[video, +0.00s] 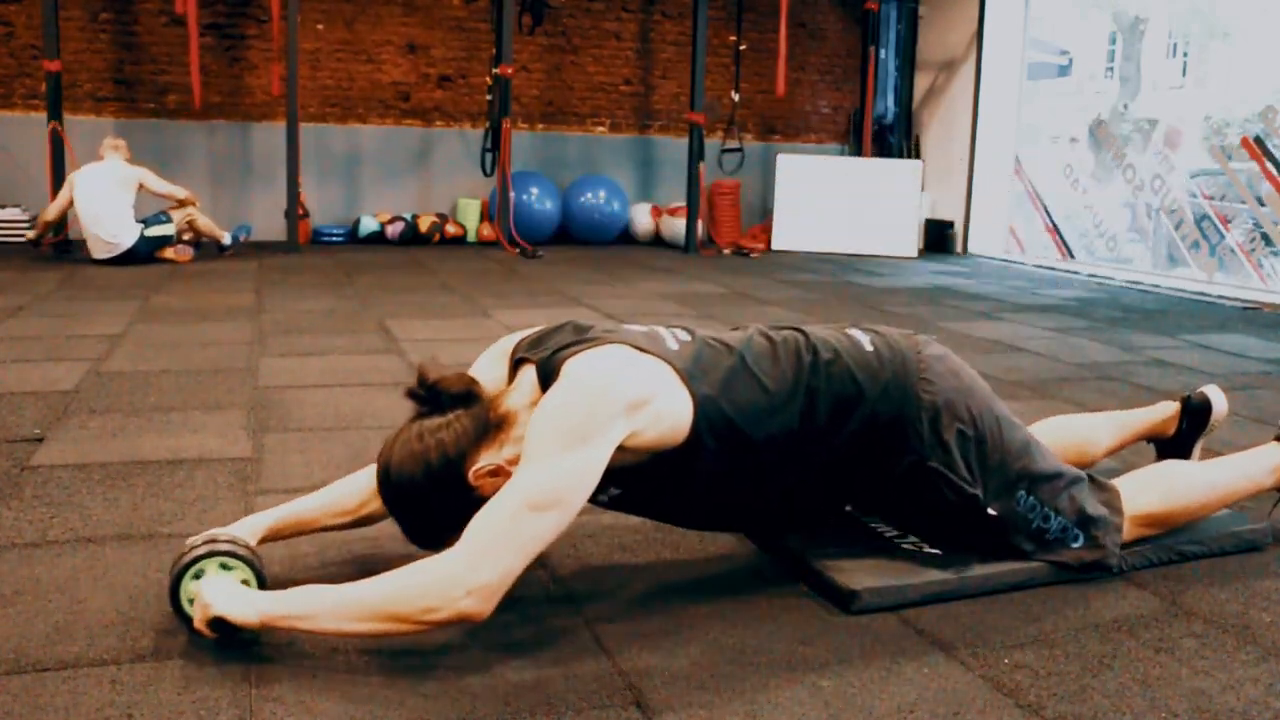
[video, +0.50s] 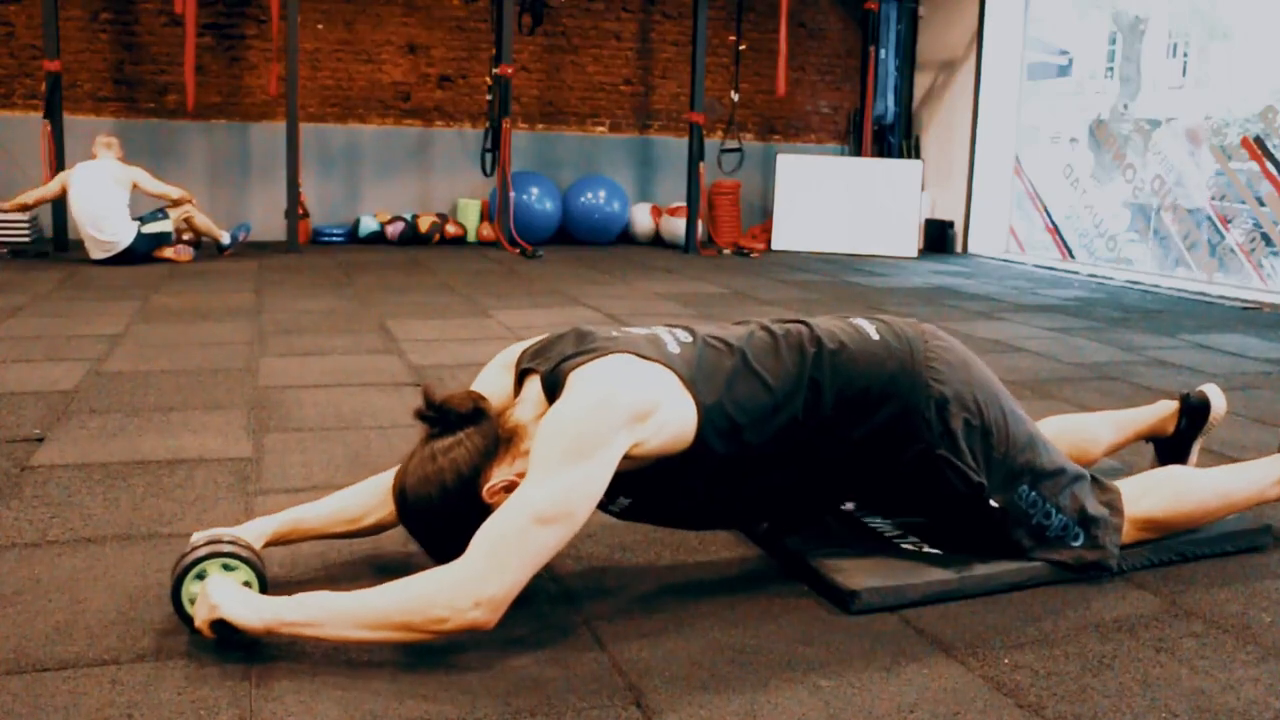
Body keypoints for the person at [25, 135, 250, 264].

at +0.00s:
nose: (125, 155)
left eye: (119, 151)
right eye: (125, 152)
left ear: (101, 155)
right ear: (125, 155)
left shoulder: (78, 175)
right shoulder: (133, 171)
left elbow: (49, 216)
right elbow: (176, 194)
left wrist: (34, 234)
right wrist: (193, 200)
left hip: (99, 255)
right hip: (131, 247)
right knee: (188, 211)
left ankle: (173, 250)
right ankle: (226, 239)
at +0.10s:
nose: (122, 155)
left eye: (113, 152)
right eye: (123, 153)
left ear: (98, 155)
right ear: (123, 155)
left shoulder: (78, 175)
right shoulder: (132, 171)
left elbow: (46, 212)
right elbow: (177, 194)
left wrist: (29, 227)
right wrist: (191, 201)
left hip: (99, 255)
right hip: (131, 247)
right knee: (188, 211)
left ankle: (173, 250)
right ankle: (226, 240)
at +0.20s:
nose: (118, 154)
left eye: (107, 151)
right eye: (119, 152)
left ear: (97, 154)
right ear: (123, 154)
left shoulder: (77, 174)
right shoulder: (131, 170)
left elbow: (42, 209)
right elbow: (178, 194)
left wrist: (26, 214)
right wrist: (190, 202)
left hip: (99, 255)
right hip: (130, 246)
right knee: (187, 210)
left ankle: (172, 249)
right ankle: (225, 240)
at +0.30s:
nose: (121, 149)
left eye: (115, 146)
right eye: (121, 147)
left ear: (94, 153)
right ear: (120, 152)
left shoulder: (75, 173)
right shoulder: (128, 169)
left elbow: (37, 205)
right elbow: (175, 194)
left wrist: (19, 202)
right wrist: (189, 201)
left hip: (98, 254)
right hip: (129, 245)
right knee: (186, 210)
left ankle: (172, 249)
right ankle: (225, 240)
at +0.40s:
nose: (120, 147)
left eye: (116, 145)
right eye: (119, 146)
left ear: (94, 152)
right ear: (118, 152)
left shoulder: (73, 173)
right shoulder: (126, 169)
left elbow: (31, 201)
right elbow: (171, 194)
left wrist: (9, 201)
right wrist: (189, 199)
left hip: (98, 254)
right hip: (128, 244)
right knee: (186, 210)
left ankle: (170, 249)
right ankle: (226, 240)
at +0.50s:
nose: (115, 149)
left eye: (109, 146)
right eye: (116, 147)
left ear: (92, 153)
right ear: (118, 153)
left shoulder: (72, 173)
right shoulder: (126, 170)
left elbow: (28, 201)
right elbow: (172, 195)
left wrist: (7, 206)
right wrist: (190, 201)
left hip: (99, 255)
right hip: (129, 245)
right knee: (186, 210)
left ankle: (170, 249)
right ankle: (225, 240)